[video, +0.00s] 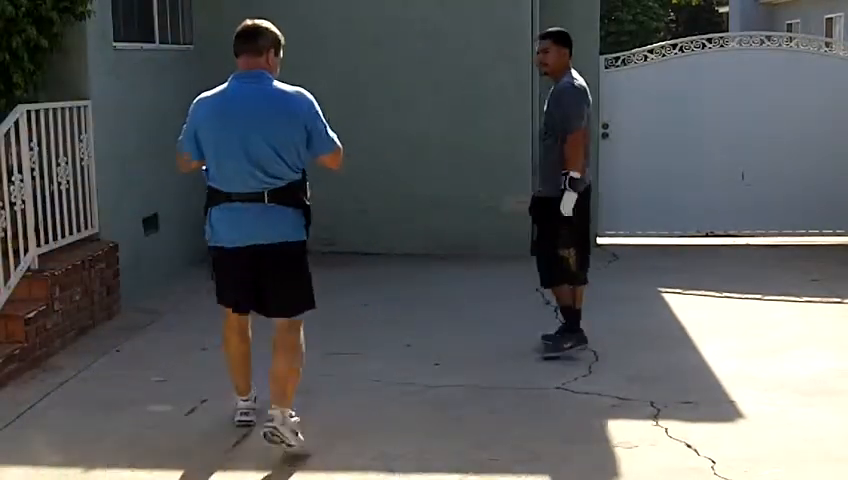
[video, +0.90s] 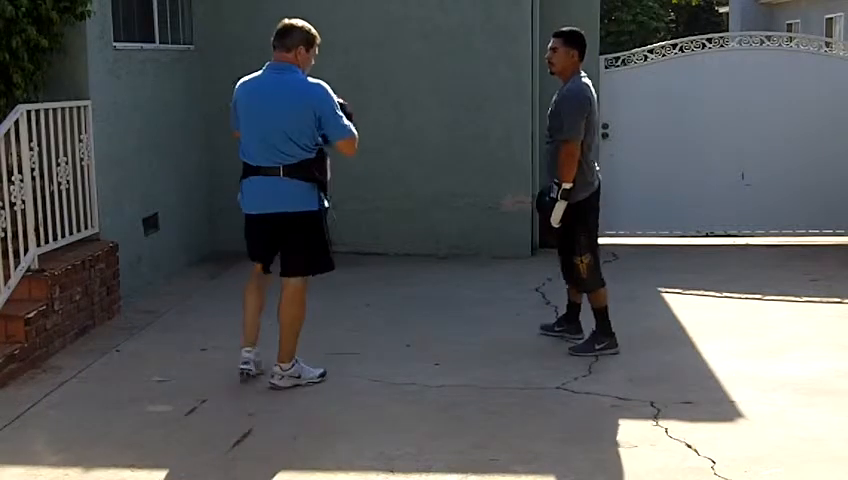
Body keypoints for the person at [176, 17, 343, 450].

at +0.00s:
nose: (279, 62)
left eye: (276, 56)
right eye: (279, 56)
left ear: (236, 56)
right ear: (273, 56)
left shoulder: (205, 104)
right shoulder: (296, 100)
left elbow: (185, 163)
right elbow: (333, 159)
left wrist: (220, 146)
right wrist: (294, 137)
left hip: (227, 231)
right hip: (282, 230)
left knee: (236, 315)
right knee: (288, 321)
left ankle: (244, 404)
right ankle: (282, 417)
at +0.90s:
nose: (313, 60)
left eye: (313, 54)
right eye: (313, 54)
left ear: (275, 49)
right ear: (302, 52)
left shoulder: (244, 86)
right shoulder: (314, 91)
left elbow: (239, 133)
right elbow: (349, 147)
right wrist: (342, 115)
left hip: (255, 195)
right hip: (300, 197)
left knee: (259, 270)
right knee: (294, 280)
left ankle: (247, 353)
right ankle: (286, 365)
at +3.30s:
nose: (340, 51)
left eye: (338, 45)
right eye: (336, 45)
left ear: (310, 51)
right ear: (318, 50)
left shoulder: (285, 87)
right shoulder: (326, 79)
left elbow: (272, 140)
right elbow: (372, 91)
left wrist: (313, 151)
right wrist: (423, 83)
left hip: (302, 188)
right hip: (322, 189)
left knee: (314, 261)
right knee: (321, 262)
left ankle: (318, 329)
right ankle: (304, 345)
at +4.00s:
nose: (343, 53)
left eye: (342, 47)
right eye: (339, 47)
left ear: (314, 52)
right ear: (319, 50)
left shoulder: (291, 85)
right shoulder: (323, 85)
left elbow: (282, 140)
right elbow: (346, 135)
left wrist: (325, 147)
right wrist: (381, 155)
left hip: (305, 187)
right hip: (320, 190)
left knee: (317, 260)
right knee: (318, 262)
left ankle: (320, 329)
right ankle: (305, 345)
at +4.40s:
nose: (342, 56)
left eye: (341, 49)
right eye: (338, 49)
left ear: (317, 53)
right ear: (317, 52)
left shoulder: (313, 84)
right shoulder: (299, 88)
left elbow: (322, 133)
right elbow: (299, 142)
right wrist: (329, 181)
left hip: (321, 188)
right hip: (308, 191)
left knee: (321, 260)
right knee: (314, 262)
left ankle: (319, 329)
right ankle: (305, 345)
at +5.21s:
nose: (334, 53)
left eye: (333, 46)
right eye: (329, 47)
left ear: (312, 52)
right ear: (308, 52)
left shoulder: (317, 84)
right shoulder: (291, 90)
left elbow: (350, 119)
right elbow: (291, 146)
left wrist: (379, 87)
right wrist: (326, 182)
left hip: (325, 188)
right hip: (307, 191)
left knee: (321, 260)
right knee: (313, 263)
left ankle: (320, 330)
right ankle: (304, 345)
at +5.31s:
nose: (335, 53)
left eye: (334, 47)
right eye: (331, 47)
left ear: (313, 51)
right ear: (312, 51)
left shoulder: (315, 83)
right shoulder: (294, 89)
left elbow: (344, 122)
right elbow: (292, 146)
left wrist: (374, 95)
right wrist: (327, 182)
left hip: (323, 188)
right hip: (307, 191)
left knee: (321, 260)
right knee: (313, 263)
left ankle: (319, 330)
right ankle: (305, 344)